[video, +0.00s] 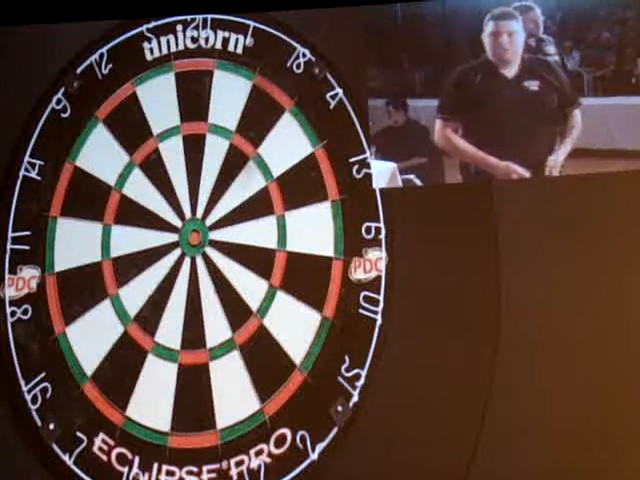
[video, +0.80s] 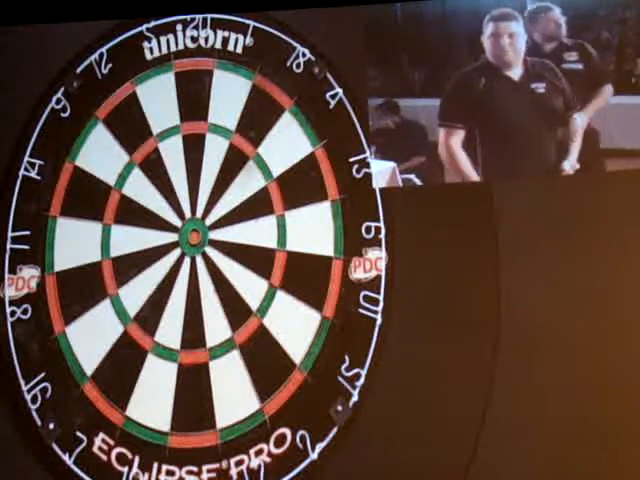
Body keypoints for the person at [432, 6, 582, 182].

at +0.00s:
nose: (503, 41)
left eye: (511, 34)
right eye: (495, 34)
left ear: (524, 38)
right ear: (483, 40)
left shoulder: (546, 72)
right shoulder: (465, 79)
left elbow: (574, 117)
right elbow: (442, 135)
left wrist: (558, 156)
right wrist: (496, 167)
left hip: (540, 191)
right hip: (486, 192)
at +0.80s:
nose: (503, 43)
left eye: (511, 36)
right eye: (495, 36)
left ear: (525, 40)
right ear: (483, 43)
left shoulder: (547, 73)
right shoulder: (468, 84)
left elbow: (575, 120)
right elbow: (450, 146)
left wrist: (571, 160)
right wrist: (478, 191)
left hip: (551, 189)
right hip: (499, 192)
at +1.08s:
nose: (495, 44)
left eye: (502, 36)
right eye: (486, 37)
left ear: (517, 40)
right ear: (474, 44)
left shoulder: (541, 72)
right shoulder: (462, 87)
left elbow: (570, 123)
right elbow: (451, 153)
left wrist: (570, 166)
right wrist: (449, 208)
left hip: (547, 190)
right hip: (492, 196)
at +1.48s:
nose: (468, 51)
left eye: (476, 42)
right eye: (459, 44)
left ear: (491, 45)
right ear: (446, 51)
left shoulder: (514, 73)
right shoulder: (439, 98)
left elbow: (545, 115)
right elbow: (427, 169)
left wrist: (563, 163)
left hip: (543, 193)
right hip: (484, 203)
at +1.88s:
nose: (457, 56)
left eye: (465, 47)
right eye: (446, 49)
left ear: (479, 51)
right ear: (434, 57)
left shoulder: (505, 74)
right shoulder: (431, 103)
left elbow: (542, 115)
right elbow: (407, 162)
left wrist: (561, 161)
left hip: (537, 197)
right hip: (478, 208)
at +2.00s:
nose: (456, 57)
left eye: (463, 47)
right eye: (445, 51)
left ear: (478, 51)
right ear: (433, 59)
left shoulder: (503, 74)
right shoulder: (432, 102)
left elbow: (542, 115)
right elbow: (402, 153)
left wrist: (561, 161)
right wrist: (367, 189)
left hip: (537, 195)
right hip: (480, 207)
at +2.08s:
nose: (455, 57)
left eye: (462, 48)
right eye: (444, 51)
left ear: (476, 52)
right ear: (432, 60)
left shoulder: (503, 75)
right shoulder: (432, 102)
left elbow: (541, 116)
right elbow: (402, 141)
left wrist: (560, 162)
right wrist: (366, 163)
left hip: (536, 194)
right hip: (479, 206)